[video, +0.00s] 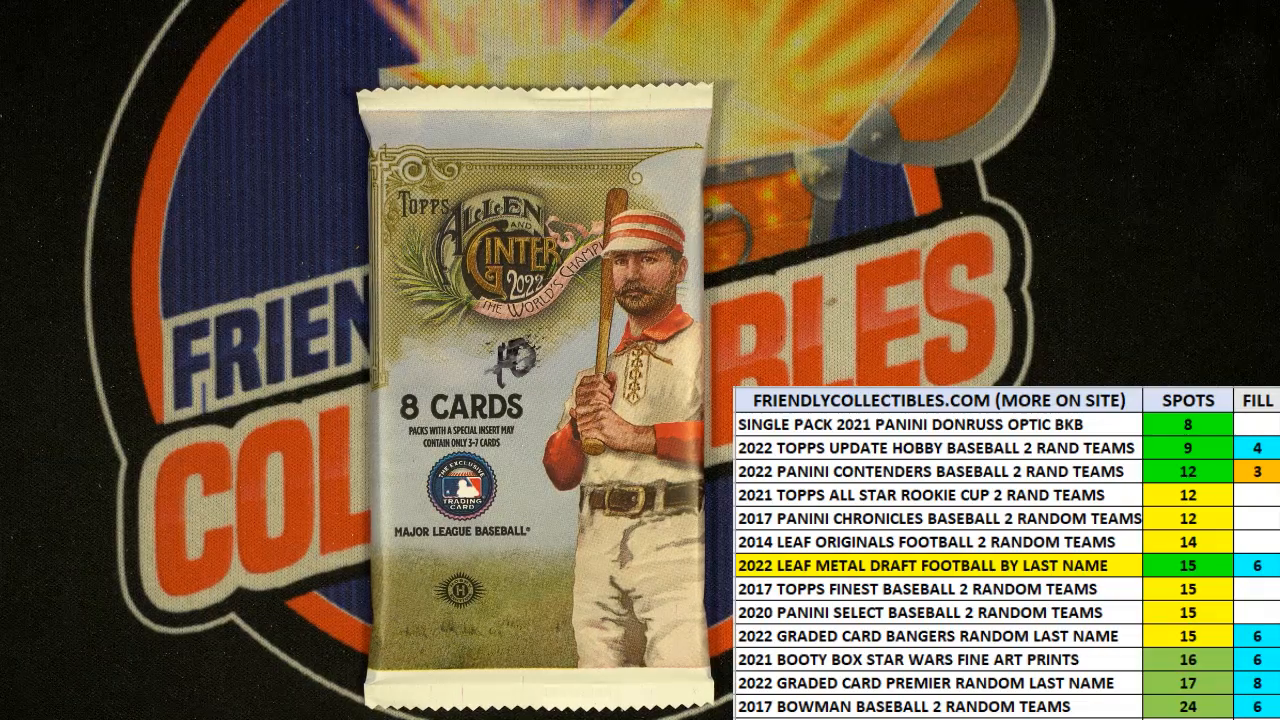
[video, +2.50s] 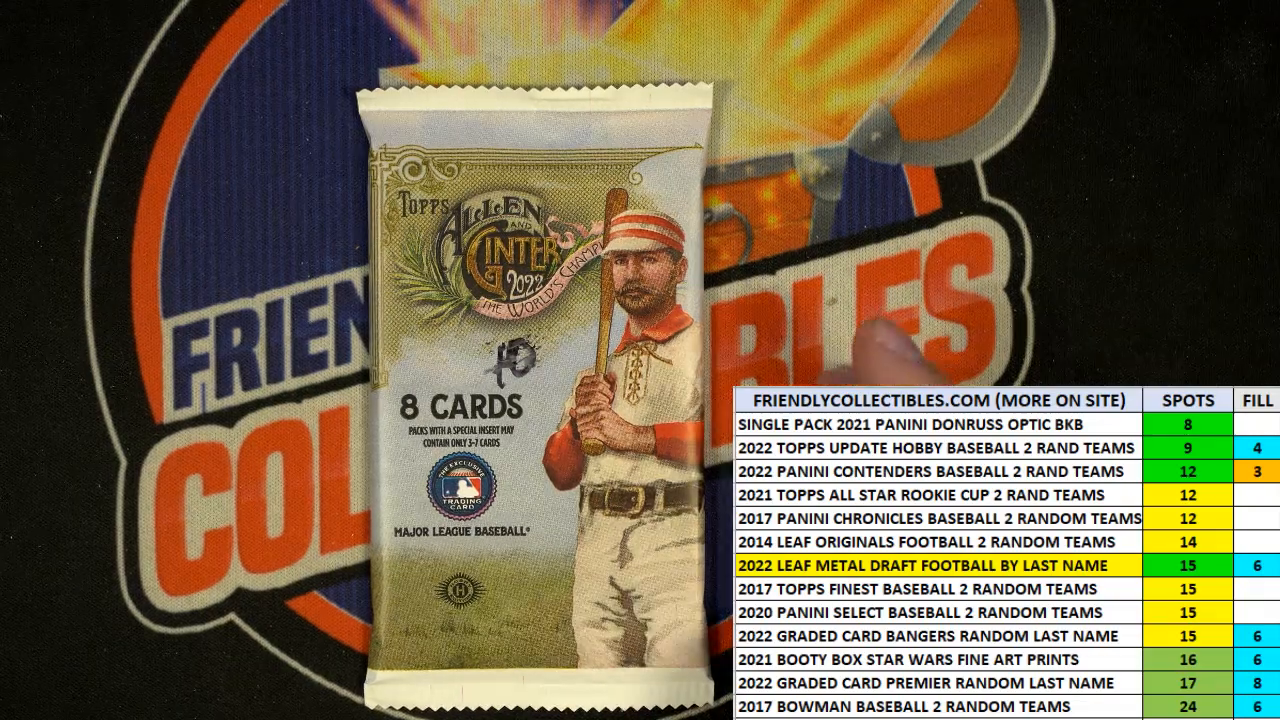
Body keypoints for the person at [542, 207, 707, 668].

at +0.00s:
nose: (631, 274)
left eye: (647, 259)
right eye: (620, 260)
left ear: (678, 270)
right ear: (609, 272)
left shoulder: (705, 346)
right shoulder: (604, 366)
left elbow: (724, 438)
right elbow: (561, 475)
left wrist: (635, 436)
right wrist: (577, 422)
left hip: (674, 531)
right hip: (597, 532)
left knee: (679, 688)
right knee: (601, 692)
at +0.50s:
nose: (631, 273)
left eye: (647, 258)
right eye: (620, 260)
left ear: (678, 270)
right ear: (608, 273)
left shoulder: (704, 346)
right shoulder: (604, 366)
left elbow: (724, 439)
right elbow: (561, 475)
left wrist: (634, 436)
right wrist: (578, 420)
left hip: (674, 530)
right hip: (597, 531)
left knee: (679, 688)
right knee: (601, 692)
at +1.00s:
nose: (631, 274)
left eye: (648, 259)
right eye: (620, 261)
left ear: (678, 270)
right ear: (609, 273)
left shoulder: (705, 346)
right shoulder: (604, 366)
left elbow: (724, 438)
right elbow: (561, 476)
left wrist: (632, 436)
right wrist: (577, 420)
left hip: (673, 530)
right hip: (597, 531)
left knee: (679, 685)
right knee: (601, 690)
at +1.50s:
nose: (630, 273)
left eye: (647, 259)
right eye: (620, 260)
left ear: (678, 269)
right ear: (609, 272)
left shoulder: (704, 346)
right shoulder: (604, 366)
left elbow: (724, 439)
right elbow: (561, 475)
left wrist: (635, 436)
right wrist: (576, 421)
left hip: (674, 530)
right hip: (597, 531)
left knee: (679, 686)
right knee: (600, 691)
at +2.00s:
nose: (631, 273)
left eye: (647, 259)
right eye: (620, 260)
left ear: (678, 269)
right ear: (609, 273)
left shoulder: (706, 345)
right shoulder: (604, 364)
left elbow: (726, 436)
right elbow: (561, 475)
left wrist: (635, 436)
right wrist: (576, 421)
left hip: (672, 527)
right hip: (598, 530)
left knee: (678, 683)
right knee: (601, 688)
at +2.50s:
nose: (631, 274)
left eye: (647, 259)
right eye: (619, 261)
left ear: (678, 269)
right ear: (608, 273)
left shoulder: (705, 346)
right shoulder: (603, 365)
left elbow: (727, 438)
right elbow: (561, 476)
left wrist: (635, 436)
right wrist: (577, 422)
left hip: (674, 530)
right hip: (598, 531)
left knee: (678, 683)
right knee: (600, 687)